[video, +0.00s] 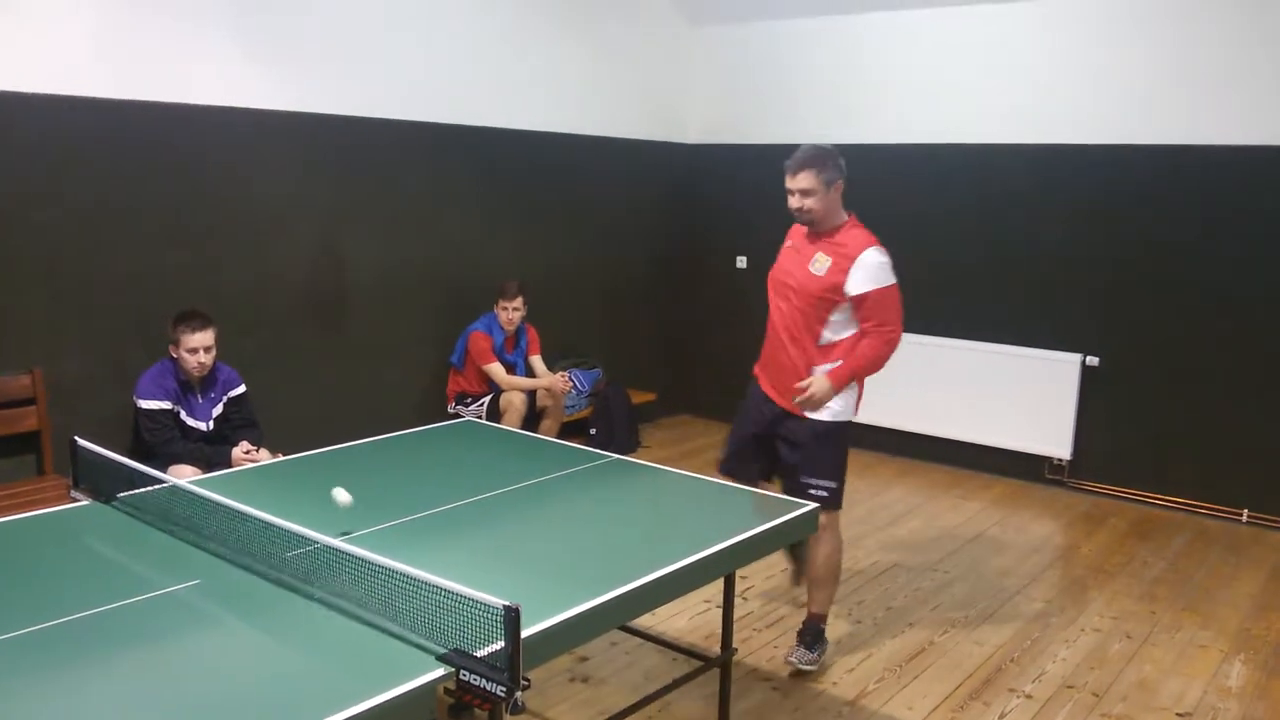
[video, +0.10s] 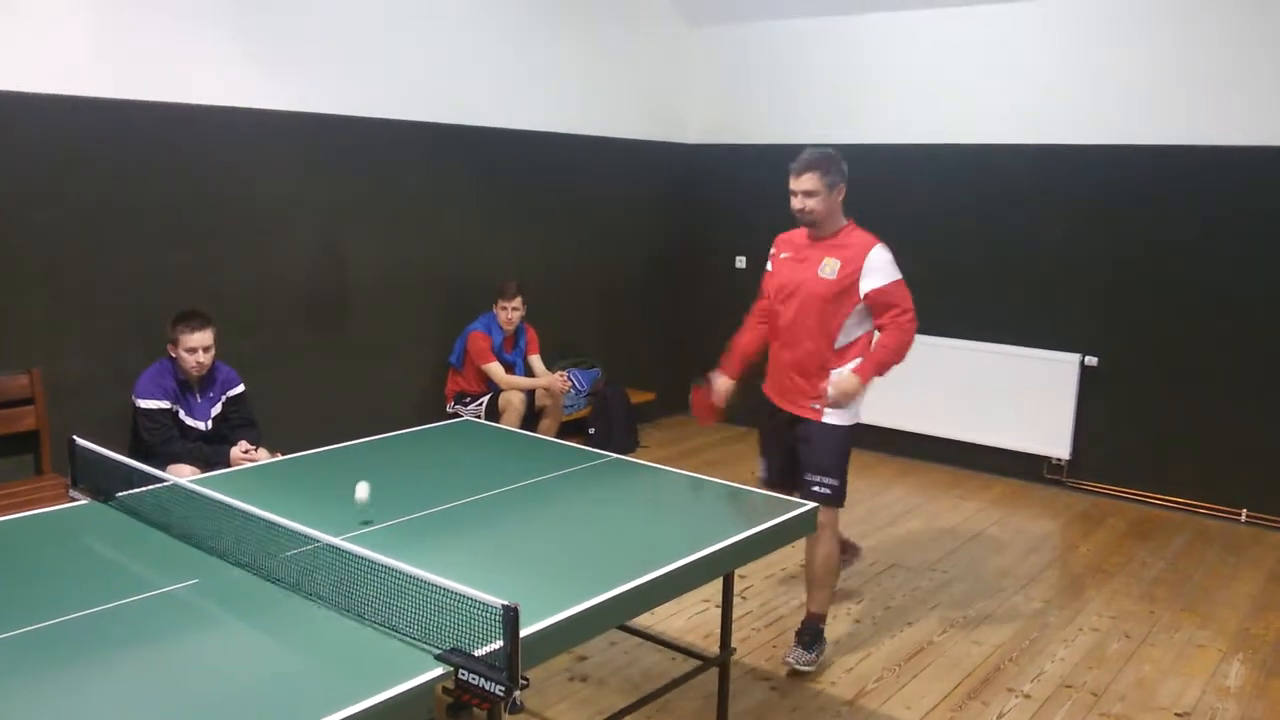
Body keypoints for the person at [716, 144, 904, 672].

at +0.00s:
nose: (796, 203)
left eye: (806, 194)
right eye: (791, 193)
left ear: (838, 190)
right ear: (789, 191)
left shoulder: (866, 255)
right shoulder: (798, 234)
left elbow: (885, 333)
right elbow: (797, 307)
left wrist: (834, 379)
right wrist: (775, 363)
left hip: (820, 412)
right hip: (766, 392)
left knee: (818, 518)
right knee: (734, 477)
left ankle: (813, 629)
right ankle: (790, 534)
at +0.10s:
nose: (799, 204)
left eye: (810, 195)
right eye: (794, 194)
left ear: (839, 193)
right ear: (791, 193)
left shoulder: (868, 253)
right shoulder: (783, 245)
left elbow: (901, 321)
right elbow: (763, 313)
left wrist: (862, 374)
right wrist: (729, 370)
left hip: (828, 409)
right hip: (779, 399)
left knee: (820, 515)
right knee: (777, 494)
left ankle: (811, 628)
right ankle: (838, 547)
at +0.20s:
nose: (791, 213)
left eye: (801, 205)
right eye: (787, 205)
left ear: (832, 205)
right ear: (785, 205)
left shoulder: (860, 264)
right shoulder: (776, 256)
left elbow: (903, 329)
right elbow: (740, 295)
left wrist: (889, 386)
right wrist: (697, 313)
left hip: (835, 408)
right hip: (787, 403)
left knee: (806, 506)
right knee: (810, 493)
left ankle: (805, 626)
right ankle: (848, 557)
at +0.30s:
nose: (784, 214)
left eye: (795, 207)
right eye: (780, 206)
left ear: (823, 208)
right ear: (779, 206)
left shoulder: (854, 267)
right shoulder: (773, 256)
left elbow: (897, 338)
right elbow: (736, 283)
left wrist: (907, 407)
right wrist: (704, 266)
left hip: (832, 406)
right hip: (787, 402)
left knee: (797, 499)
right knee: (805, 492)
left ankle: (797, 621)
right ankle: (848, 560)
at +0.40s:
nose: (782, 201)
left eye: (792, 193)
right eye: (778, 193)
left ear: (820, 195)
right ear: (775, 196)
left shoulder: (851, 255)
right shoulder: (770, 244)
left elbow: (882, 325)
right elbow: (728, 282)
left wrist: (902, 383)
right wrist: (712, 247)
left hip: (827, 396)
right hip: (783, 391)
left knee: (786, 491)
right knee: (806, 482)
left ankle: (781, 606)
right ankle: (844, 556)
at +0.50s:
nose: (778, 194)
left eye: (788, 186)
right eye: (774, 186)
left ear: (817, 189)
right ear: (772, 190)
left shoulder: (848, 248)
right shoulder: (766, 241)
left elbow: (879, 311)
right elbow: (734, 290)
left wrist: (893, 366)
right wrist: (717, 255)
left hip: (825, 387)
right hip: (783, 385)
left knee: (776, 481)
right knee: (808, 479)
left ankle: (769, 600)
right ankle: (844, 552)